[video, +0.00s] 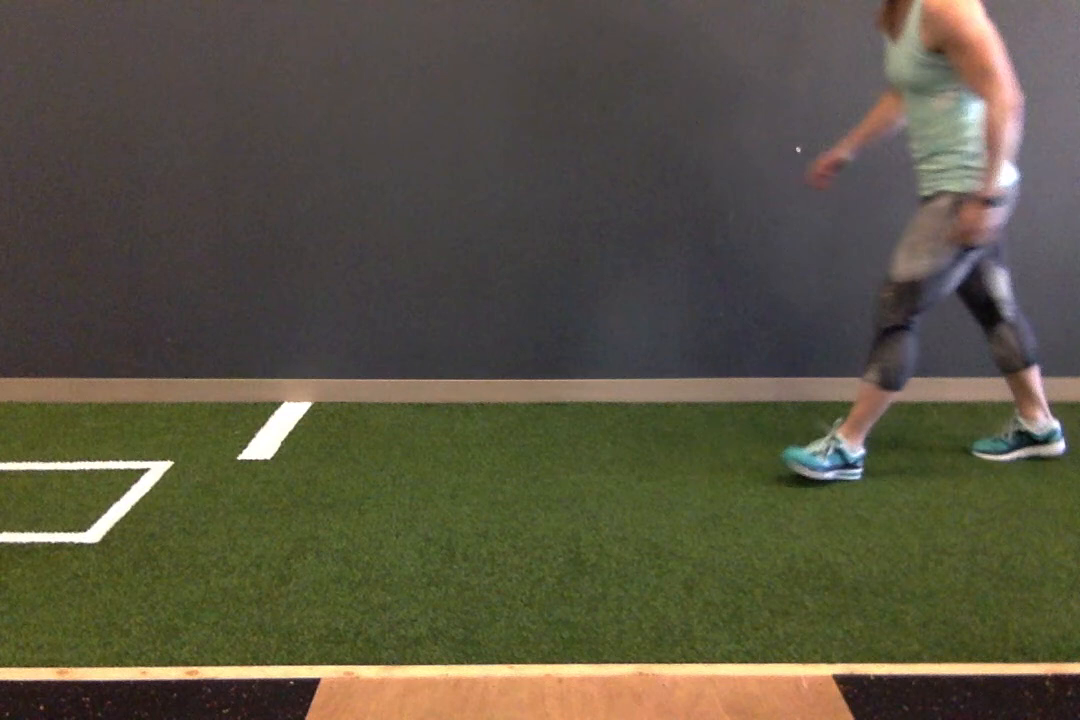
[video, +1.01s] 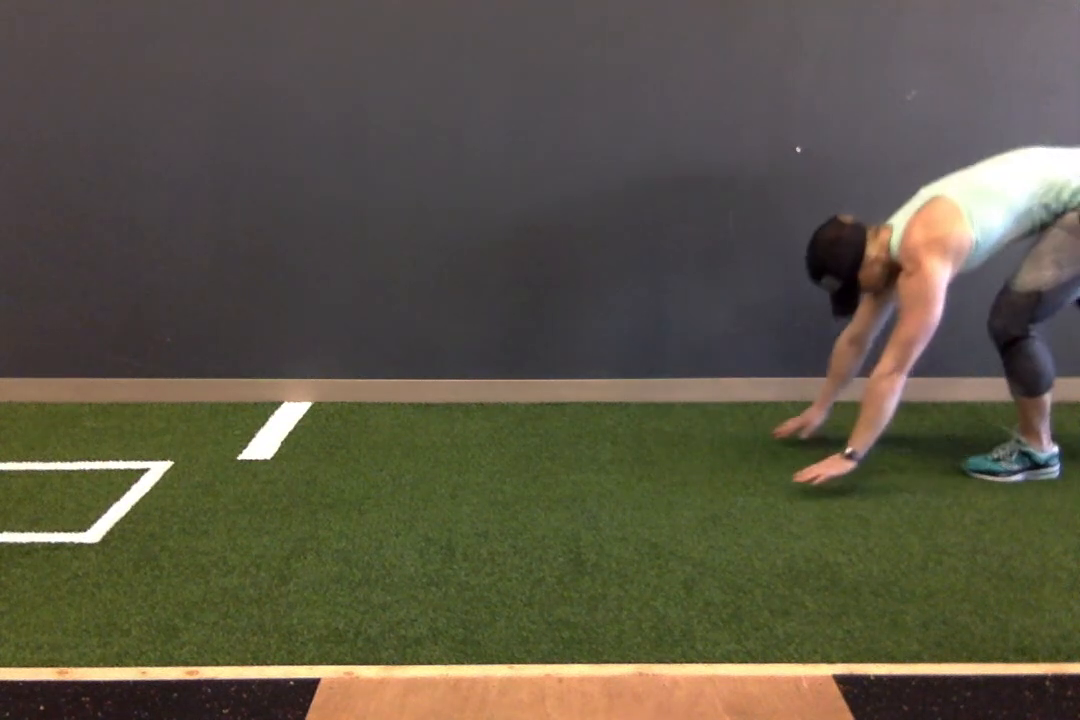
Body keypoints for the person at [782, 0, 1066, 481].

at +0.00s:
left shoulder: (949, 10)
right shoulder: (896, 16)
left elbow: (1005, 98)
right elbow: (902, 95)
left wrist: (987, 193)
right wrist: (847, 147)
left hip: (971, 189)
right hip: (946, 188)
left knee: (900, 304)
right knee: (994, 307)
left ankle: (847, 443)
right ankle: (1037, 422)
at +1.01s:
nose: (865, 289)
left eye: (860, 284)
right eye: (857, 287)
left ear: (865, 265)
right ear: (864, 238)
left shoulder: (926, 252)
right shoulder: (891, 240)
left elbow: (892, 370)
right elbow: (855, 339)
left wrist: (851, 454)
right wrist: (818, 410)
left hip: (1074, 204)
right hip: (1064, 200)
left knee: (1012, 322)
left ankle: (1038, 448)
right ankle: (1037, 442)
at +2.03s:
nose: (797, 318)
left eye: (789, 310)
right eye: (788, 313)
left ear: (807, 282)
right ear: (806, 270)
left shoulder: (874, 278)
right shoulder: (841, 268)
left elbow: (865, 400)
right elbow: (832, 367)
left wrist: (852, 490)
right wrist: (817, 436)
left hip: (1055, 263)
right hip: (1033, 259)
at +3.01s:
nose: (779, 320)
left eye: (771, 311)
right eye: (771, 315)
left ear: (788, 289)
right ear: (790, 273)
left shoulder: (871, 285)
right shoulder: (837, 278)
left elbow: (860, 402)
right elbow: (829, 369)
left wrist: (851, 489)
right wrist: (817, 439)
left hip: (1046, 327)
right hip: (1026, 327)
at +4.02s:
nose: (740, 315)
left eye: (733, 305)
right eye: (731, 310)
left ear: (751, 281)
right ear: (754, 270)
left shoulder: (824, 292)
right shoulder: (798, 280)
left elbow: (853, 399)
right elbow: (815, 367)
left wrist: (851, 489)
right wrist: (817, 437)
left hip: (981, 331)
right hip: (971, 331)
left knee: (869, 359)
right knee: (1059, 398)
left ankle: (954, 481)